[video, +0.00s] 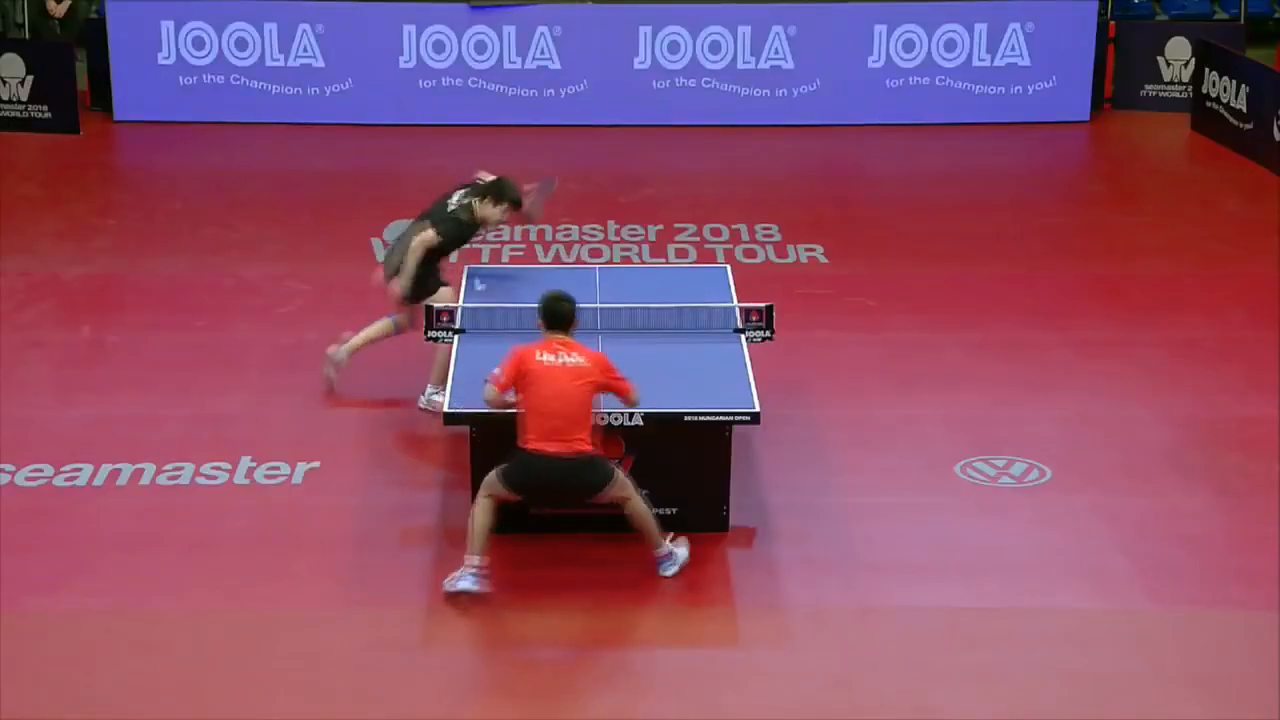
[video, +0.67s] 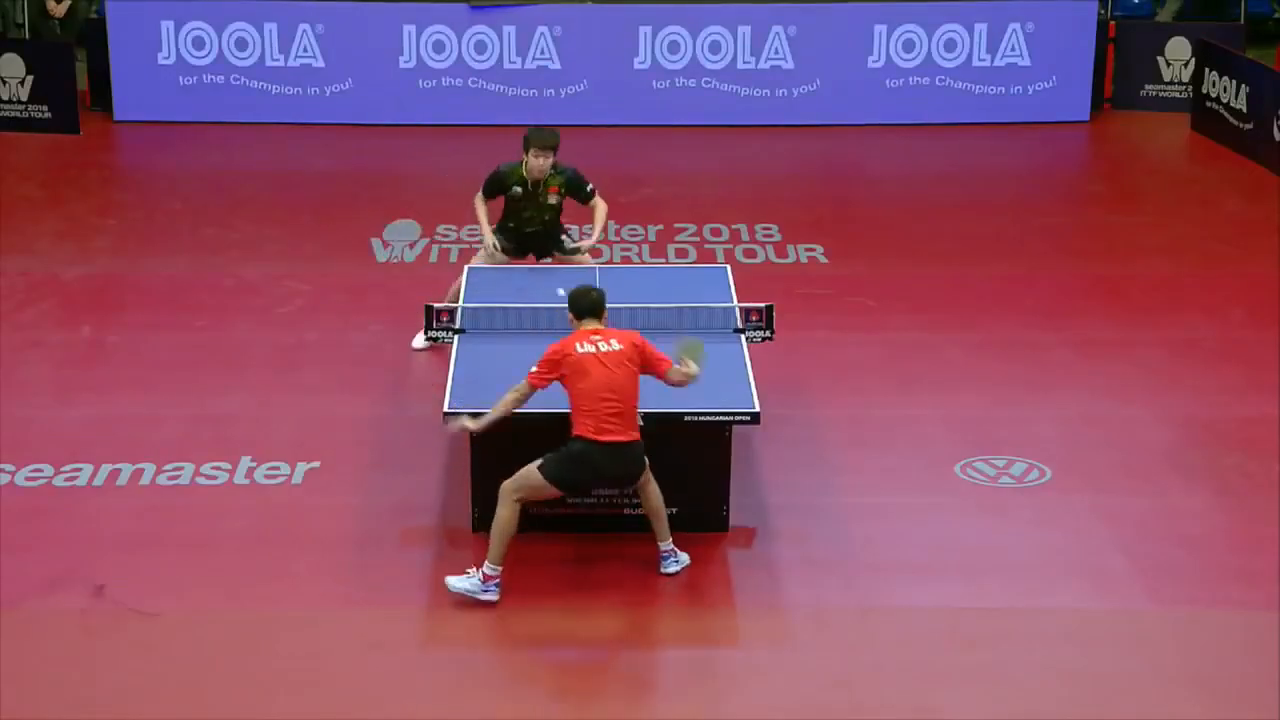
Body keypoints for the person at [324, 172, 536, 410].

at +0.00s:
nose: (502, 219)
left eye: (506, 213)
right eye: (502, 212)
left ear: (490, 198)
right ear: (489, 202)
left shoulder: (474, 192)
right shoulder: (462, 225)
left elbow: (484, 176)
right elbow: (421, 241)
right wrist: (405, 281)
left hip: (400, 257)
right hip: (417, 269)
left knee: (406, 320)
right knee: (456, 316)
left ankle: (345, 350)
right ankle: (434, 391)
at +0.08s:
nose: (509, 206)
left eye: (514, 200)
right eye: (506, 198)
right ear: (491, 187)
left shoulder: (492, 191)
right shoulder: (460, 203)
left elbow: (516, 187)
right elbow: (420, 194)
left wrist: (536, 180)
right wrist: (383, 224)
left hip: (443, 253)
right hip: (421, 251)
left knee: (444, 313)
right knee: (450, 315)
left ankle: (374, 331)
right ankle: (435, 391)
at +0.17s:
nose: (519, 175)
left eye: (521, 169)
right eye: (514, 168)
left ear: (521, 169)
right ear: (497, 164)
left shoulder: (504, 180)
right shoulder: (467, 180)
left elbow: (525, 173)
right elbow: (425, 182)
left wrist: (547, 168)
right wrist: (389, 214)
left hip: (469, 242)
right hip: (442, 241)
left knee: (479, 305)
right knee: (447, 313)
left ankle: (462, 380)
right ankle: (437, 385)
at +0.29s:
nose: (523, 158)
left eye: (527, 152)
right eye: (517, 152)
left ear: (533, 152)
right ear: (501, 150)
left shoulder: (532, 172)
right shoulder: (479, 167)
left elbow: (557, 184)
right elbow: (444, 183)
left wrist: (568, 181)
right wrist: (416, 217)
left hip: (503, 239)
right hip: (469, 238)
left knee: (524, 292)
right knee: (453, 304)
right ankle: (429, 362)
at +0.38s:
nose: (524, 159)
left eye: (529, 153)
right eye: (518, 153)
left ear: (535, 153)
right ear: (504, 152)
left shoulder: (537, 176)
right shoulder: (484, 171)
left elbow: (567, 191)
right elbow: (449, 187)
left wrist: (574, 189)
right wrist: (425, 221)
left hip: (512, 246)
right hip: (477, 244)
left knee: (526, 301)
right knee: (458, 304)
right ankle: (429, 361)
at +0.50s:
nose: (533, 156)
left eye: (538, 150)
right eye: (527, 150)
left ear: (544, 151)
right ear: (515, 150)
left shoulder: (553, 176)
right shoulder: (498, 172)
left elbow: (589, 198)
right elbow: (470, 189)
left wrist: (590, 208)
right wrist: (464, 223)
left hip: (536, 242)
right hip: (496, 242)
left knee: (576, 272)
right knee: (465, 294)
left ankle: (584, 343)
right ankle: (432, 356)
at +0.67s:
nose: (542, 163)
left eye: (547, 157)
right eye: (536, 156)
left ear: (554, 157)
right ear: (525, 155)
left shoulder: (566, 176)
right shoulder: (507, 174)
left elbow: (600, 205)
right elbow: (480, 199)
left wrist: (594, 238)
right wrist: (486, 232)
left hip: (552, 239)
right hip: (511, 238)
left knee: (589, 270)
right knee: (471, 274)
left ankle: (595, 331)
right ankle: (436, 327)